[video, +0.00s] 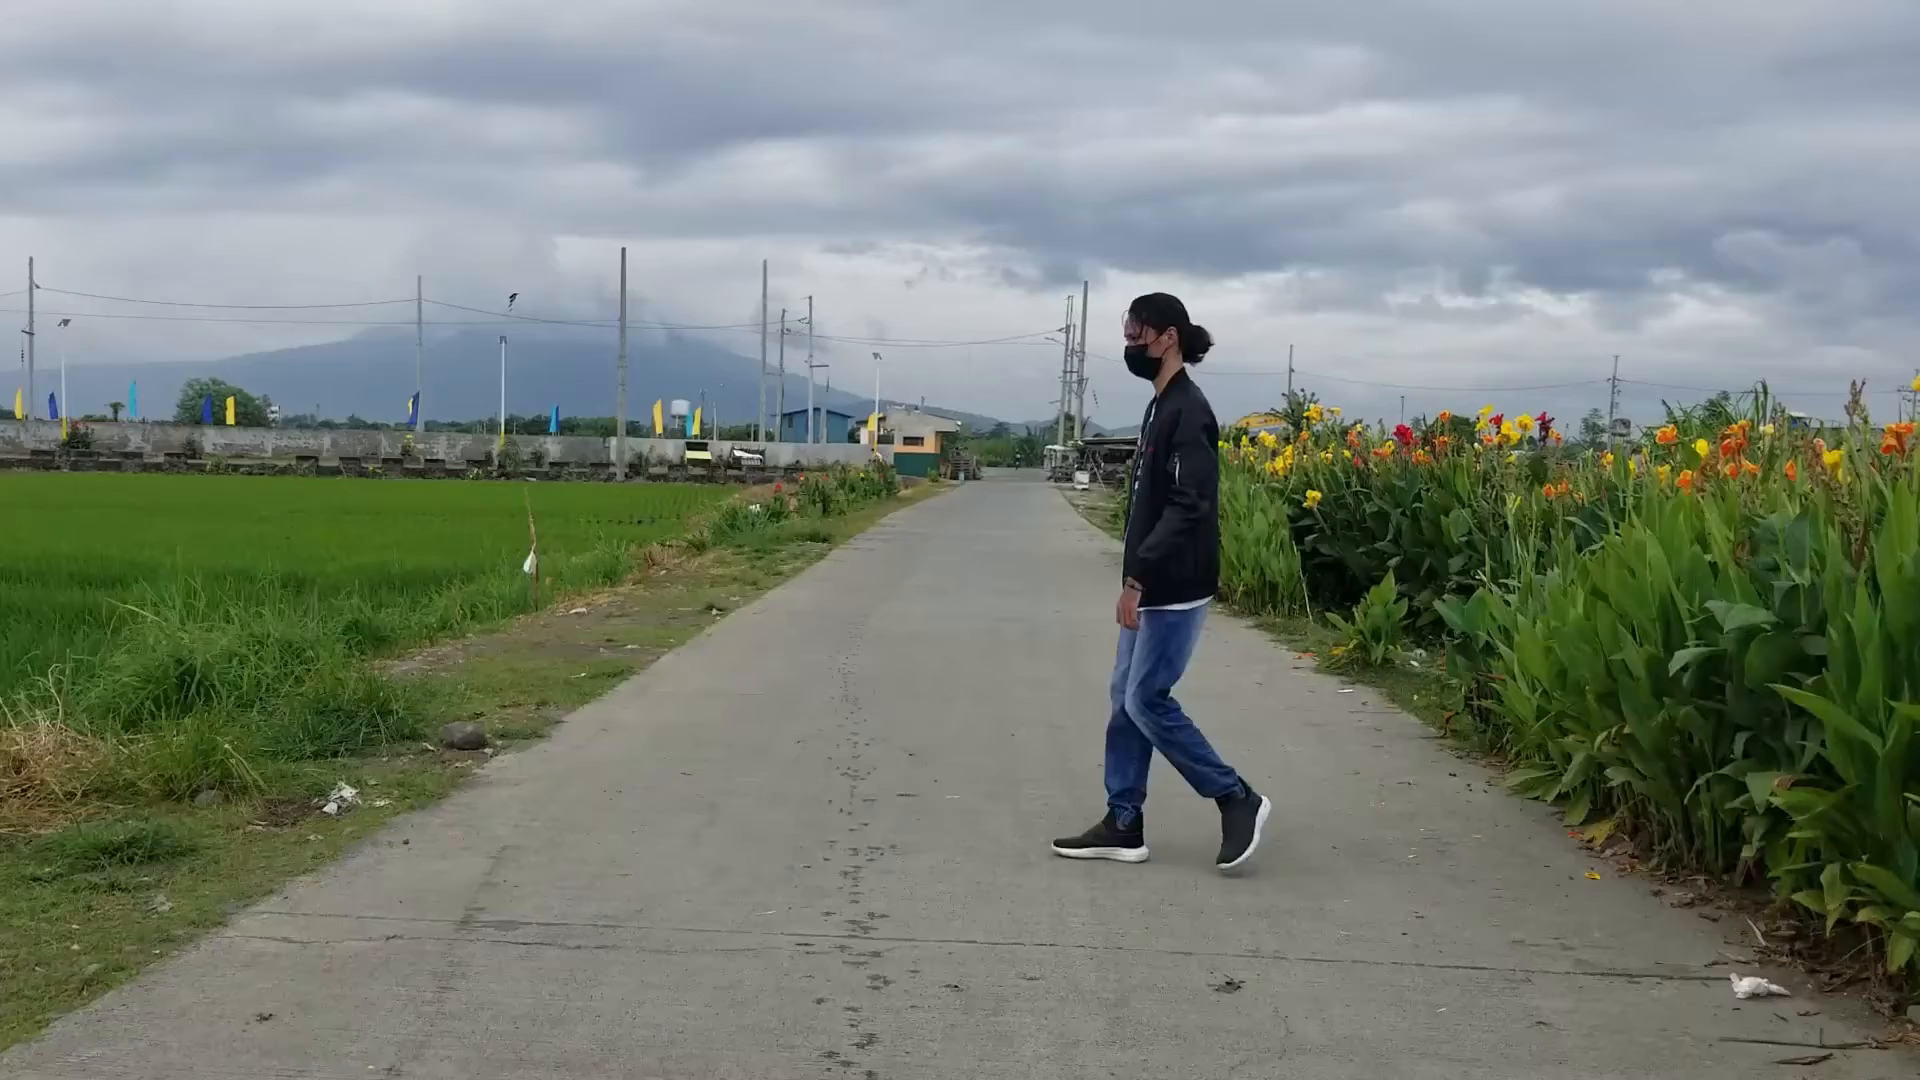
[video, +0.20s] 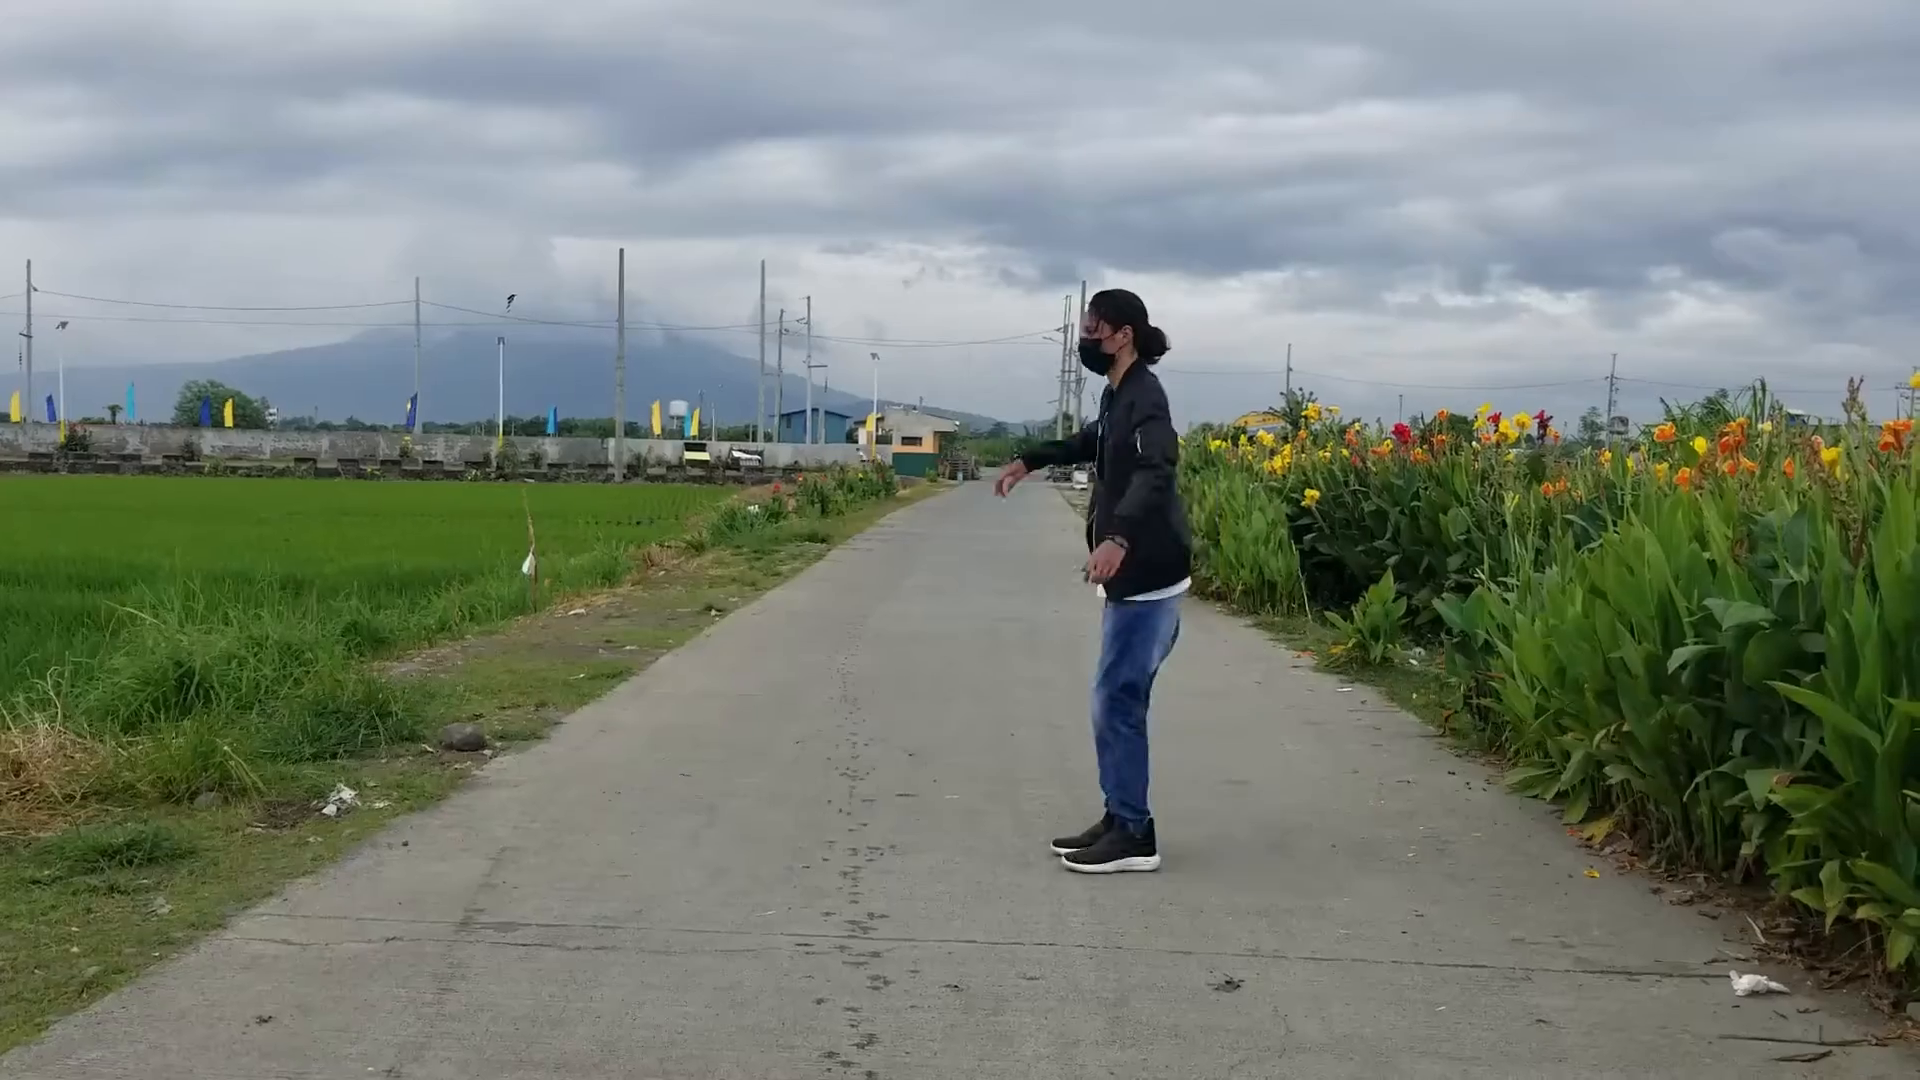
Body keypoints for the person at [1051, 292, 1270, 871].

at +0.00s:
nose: (1132, 338)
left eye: (1141, 329)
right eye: (1131, 330)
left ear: (1170, 336)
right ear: (1157, 340)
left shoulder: (1189, 409)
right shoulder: (1162, 405)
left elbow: (1189, 506)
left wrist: (1137, 579)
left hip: (1179, 587)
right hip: (1149, 583)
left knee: (1145, 700)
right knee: (1124, 700)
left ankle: (1237, 799)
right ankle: (1123, 825)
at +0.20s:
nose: (1083, 336)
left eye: (1091, 327)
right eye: (1084, 327)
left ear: (1121, 333)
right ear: (1117, 335)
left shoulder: (1143, 392)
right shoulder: (1120, 394)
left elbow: (1154, 471)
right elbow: (1090, 443)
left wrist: (1119, 537)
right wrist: (1030, 461)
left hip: (1147, 579)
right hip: (1135, 578)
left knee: (1118, 700)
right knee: (1117, 699)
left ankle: (1133, 832)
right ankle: (1117, 820)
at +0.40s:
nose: (1056, 322)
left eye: (1066, 315)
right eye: (1057, 314)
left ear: (1094, 328)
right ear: (1081, 331)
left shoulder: (1111, 390)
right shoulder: (1083, 390)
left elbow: (1164, 458)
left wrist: (1189, 534)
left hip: (1117, 576)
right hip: (1093, 575)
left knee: (1121, 704)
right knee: (1103, 700)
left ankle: (1137, 833)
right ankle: (1117, 820)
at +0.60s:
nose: (1035, 317)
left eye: (1045, 310)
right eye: (1036, 309)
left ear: (1071, 324)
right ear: (1056, 324)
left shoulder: (1090, 389)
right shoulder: (1054, 391)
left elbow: (1136, 468)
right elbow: (1071, 478)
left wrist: (1140, 551)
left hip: (1073, 574)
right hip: (1044, 572)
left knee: (1074, 700)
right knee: (1046, 696)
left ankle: (1126, 826)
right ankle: (1102, 811)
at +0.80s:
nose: (1006, 336)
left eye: (1018, 330)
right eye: (1005, 328)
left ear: (1045, 344)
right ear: (1008, 340)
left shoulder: (1050, 399)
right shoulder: (1001, 393)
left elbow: (1062, 491)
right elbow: (944, 384)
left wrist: (1029, 578)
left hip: (1059, 578)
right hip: (1022, 571)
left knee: (995, 713)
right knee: (1011, 702)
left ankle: (1038, 826)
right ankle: (1034, 811)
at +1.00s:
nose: (1013, 341)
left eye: (1025, 334)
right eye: (1003, 334)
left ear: (1043, 349)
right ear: (990, 348)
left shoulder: (1058, 397)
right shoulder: (967, 411)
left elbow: (1033, 419)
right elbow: (912, 462)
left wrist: (965, 402)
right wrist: (867, 514)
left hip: (1045, 592)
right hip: (982, 592)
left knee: (1004, 718)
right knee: (926, 693)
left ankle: (1030, 825)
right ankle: (927, 835)